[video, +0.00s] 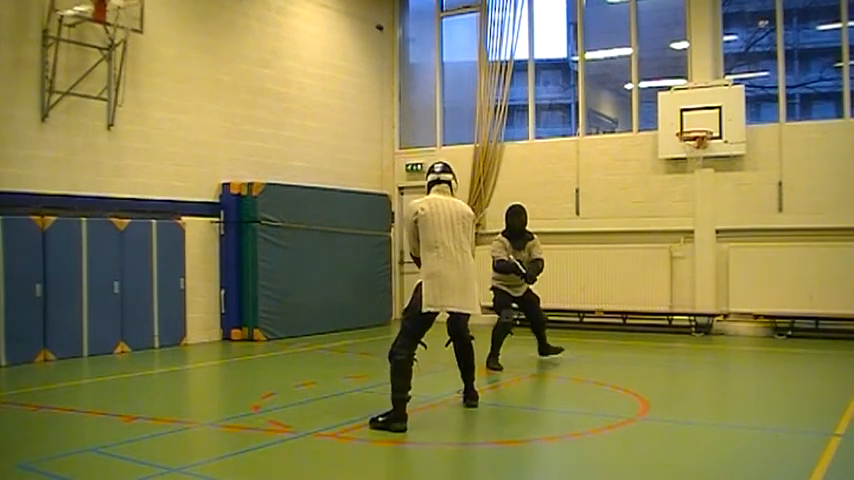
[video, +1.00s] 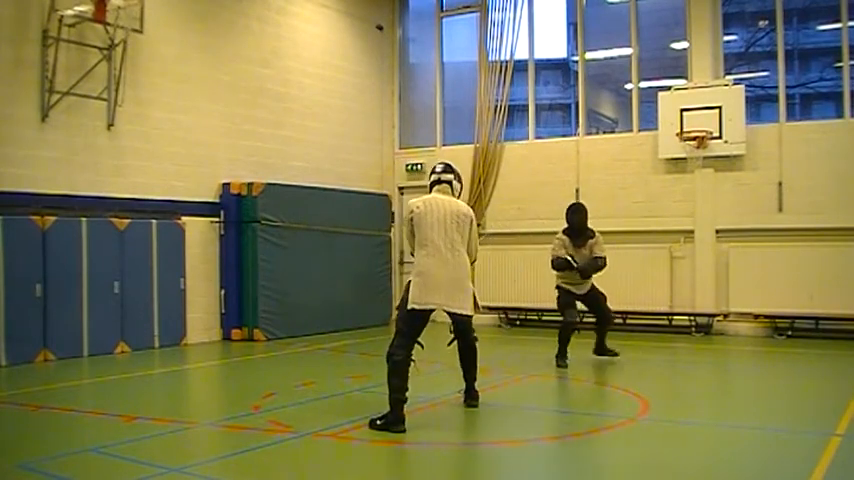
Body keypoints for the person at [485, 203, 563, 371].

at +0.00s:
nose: (517, 223)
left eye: (520, 219)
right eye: (513, 219)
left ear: (526, 221)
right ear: (507, 221)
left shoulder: (532, 240)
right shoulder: (500, 242)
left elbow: (538, 261)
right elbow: (498, 264)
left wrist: (530, 272)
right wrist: (515, 266)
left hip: (523, 289)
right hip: (502, 288)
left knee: (537, 316)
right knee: (506, 318)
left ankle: (543, 345)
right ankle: (493, 356)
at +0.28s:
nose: (538, 219)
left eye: (541, 215)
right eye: (534, 215)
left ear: (547, 218)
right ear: (528, 218)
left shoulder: (553, 238)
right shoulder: (521, 239)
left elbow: (558, 259)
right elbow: (518, 260)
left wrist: (549, 268)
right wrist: (531, 263)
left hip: (544, 288)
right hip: (524, 288)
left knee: (559, 319)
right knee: (519, 320)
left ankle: (553, 349)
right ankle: (500, 355)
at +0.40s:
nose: (545, 218)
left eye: (548, 214)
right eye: (541, 214)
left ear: (554, 216)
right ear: (536, 217)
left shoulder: (562, 236)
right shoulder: (530, 237)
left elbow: (568, 258)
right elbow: (526, 260)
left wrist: (557, 267)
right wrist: (544, 266)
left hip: (553, 286)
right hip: (534, 285)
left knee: (566, 321)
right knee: (533, 314)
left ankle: (553, 350)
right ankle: (516, 352)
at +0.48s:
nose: (550, 218)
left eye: (553, 214)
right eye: (546, 214)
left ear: (559, 215)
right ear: (540, 217)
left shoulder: (567, 235)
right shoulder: (535, 236)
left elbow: (573, 256)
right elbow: (531, 259)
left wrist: (562, 267)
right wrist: (549, 267)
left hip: (558, 285)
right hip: (539, 283)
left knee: (568, 323)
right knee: (540, 310)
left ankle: (554, 349)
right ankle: (533, 348)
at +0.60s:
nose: (556, 218)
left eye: (560, 214)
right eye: (553, 214)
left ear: (565, 215)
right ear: (546, 217)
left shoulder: (573, 235)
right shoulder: (541, 237)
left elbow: (579, 257)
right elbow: (536, 259)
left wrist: (565, 267)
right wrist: (553, 268)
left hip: (566, 287)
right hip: (547, 286)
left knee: (571, 324)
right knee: (551, 318)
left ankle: (553, 348)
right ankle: (554, 352)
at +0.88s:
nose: (571, 225)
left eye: (574, 221)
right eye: (567, 222)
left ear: (577, 220)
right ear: (560, 222)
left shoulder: (586, 236)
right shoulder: (553, 240)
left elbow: (593, 259)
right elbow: (549, 263)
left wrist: (580, 266)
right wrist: (562, 263)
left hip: (579, 286)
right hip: (560, 287)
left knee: (595, 317)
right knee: (566, 320)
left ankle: (575, 337)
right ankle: (561, 353)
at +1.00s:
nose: (577, 230)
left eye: (580, 225)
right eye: (574, 226)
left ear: (586, 221)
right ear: (568, 223)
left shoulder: (594, 237)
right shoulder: (562, 239)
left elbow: (601, 261)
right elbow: (556, 263)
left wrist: (588, 268)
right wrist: (575, 265)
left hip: (586, 286)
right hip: (565, 287)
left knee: (605, 316)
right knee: (571, 320)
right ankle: (562, 354)